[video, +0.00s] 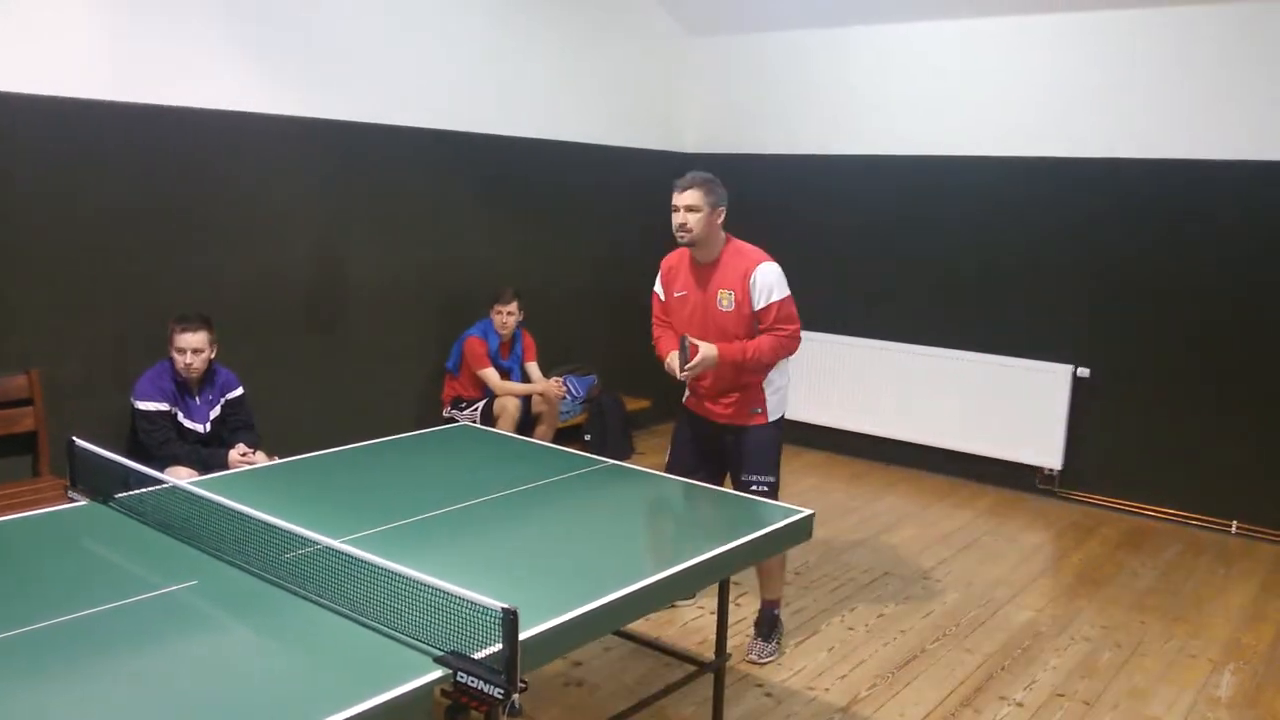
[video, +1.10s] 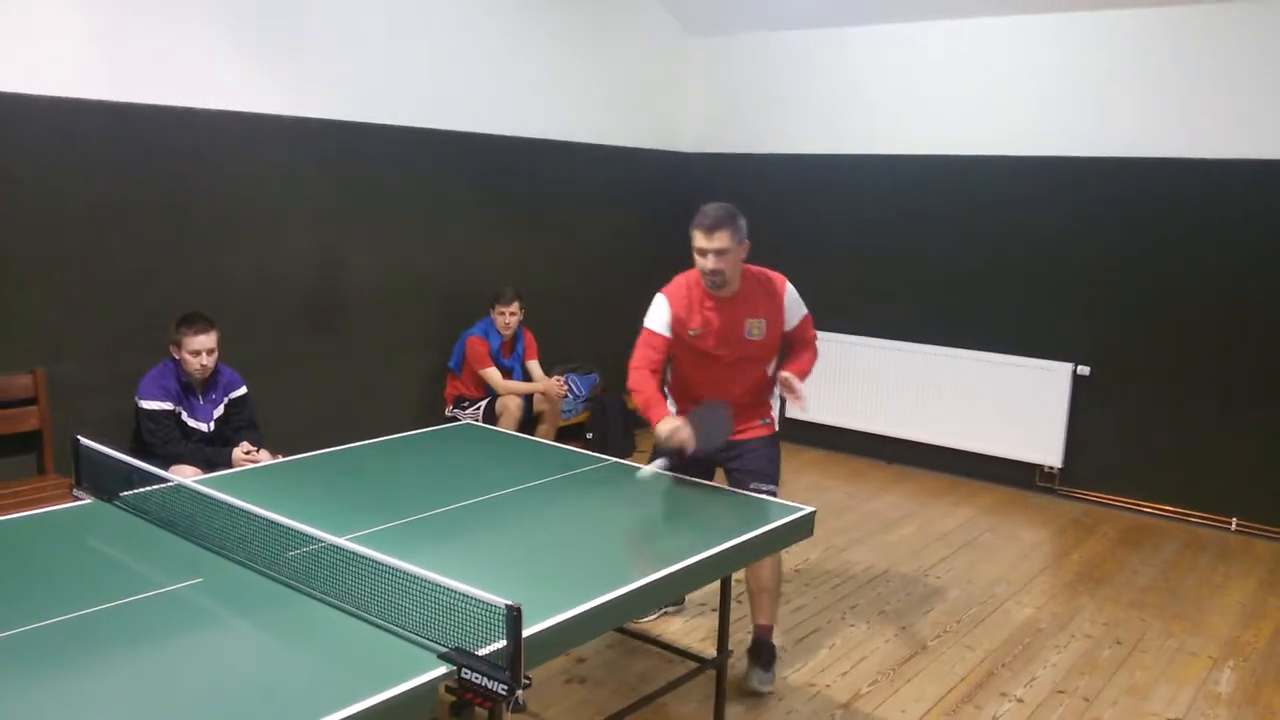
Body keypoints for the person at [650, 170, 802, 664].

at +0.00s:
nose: (678, 219)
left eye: (689, 211)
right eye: (675, 210)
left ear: (719, 215)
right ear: (673, 214)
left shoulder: (758, 268)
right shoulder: (671, 267)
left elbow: (787, 337)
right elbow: (662, 327)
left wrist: (722, 354)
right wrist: (673, 355)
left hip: (754, 416)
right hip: (697, 410)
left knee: (760, 515)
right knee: (677, 501)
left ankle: (769, 616)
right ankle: (676, 575)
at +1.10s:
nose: (711, 264)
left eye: (722, 253)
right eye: (702, 253)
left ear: (744, 249)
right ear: (692, 251)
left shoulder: (776, 291)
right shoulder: (675, 297)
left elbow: (803, 340)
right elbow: (641, 370)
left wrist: (791, 370)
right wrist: (662, 418)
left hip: (752, 428)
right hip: (689, 427)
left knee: (762, 528)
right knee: (657, 510)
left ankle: (762, 646)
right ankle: (668, 584)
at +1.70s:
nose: (675, 235)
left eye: (687, 226)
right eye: (668, 225)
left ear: (716, 228)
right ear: (663, 228)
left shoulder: (757, 285)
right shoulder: (656, 281)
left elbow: (779, 358)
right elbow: (649, 349)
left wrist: (717, 382)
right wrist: (666, 388)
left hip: (740, 436)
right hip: (679, 433)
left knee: (748, 540)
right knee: (650, 511)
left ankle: (758, 652)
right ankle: (666, 592)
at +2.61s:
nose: (705, 214)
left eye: (716, 204)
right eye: (699, 203)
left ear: (744, 207)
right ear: (691, 205)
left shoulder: (779, 266)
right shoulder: (674, 266)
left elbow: (808, 339)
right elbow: (657, 331)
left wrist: (786, 405)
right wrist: (654, 381)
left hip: (756, 430)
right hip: (690, 423)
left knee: (769, 530)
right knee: (661, 512)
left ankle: (775, 625)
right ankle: (646, 593)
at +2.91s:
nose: (691, 190)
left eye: (703, 183)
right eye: (687, 182)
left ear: (730, 191)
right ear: (680, 188)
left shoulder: (759, 255)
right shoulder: (663, 249)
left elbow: (795, 332)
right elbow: (650, 319)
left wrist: (818, 406)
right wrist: (645, 358)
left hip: (733, 425)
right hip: (665, 417)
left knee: (753, 527)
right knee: (646, 516)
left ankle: (773, 622)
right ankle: (640, 611)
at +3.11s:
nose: (652, 237)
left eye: (661, 227)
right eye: (648, 228)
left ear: (694, 226)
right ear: (649, 229)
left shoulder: (740, 277)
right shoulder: (653, 280)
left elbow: (772, 351)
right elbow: (650, 344)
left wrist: (705, 371)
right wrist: (642, 380)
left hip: (740, 431)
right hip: (684, 426)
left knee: (744, 533)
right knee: (665, 516)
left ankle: (751, 641)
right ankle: (666, 599)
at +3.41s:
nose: (623, 248)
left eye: (628, 237)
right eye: (621, 238)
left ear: (661, 232)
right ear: (649, 237)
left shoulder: (723, 271)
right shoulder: (650, 294)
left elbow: (771, 326)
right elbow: (637, 360)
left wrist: (704, 354)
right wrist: (579, 394)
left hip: (743, 429)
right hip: (689, 425)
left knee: (741, 535)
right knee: (657, 513)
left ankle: (755, 640)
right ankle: (670, 600)